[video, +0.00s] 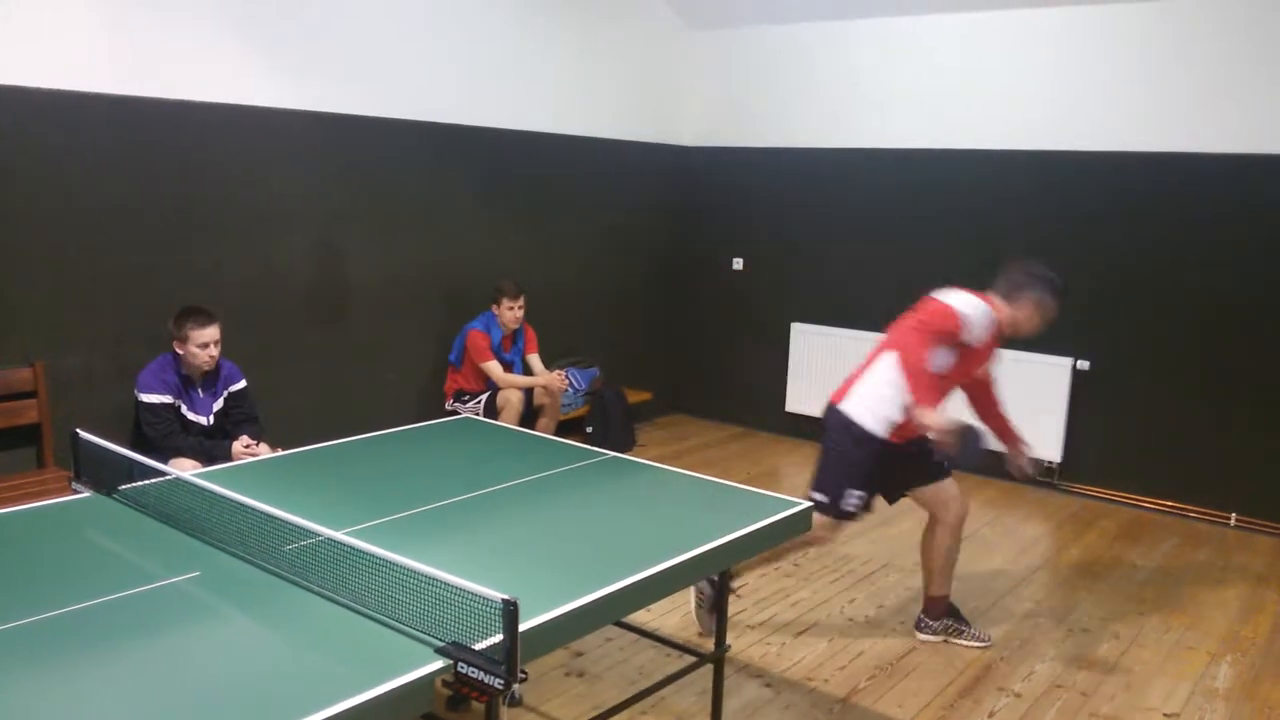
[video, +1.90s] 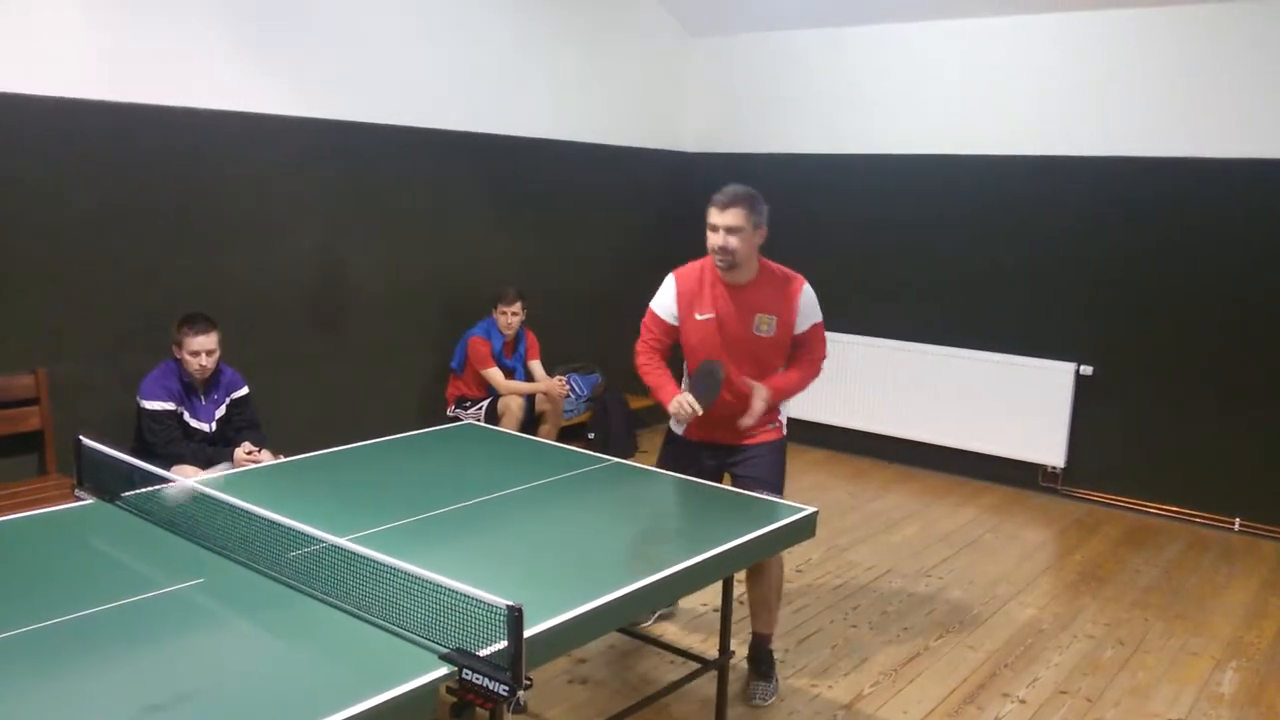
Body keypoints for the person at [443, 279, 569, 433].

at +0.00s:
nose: (517, 314)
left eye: (520, 308)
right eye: (510, 309)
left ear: (525, 308)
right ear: (495, 309)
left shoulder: (525, 332)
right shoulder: (476, 333)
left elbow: (540, 371)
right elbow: (500, 380)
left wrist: (553, 380)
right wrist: (545, 381)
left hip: (498, 394)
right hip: (462, 400)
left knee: (552, 395)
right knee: (514, 397)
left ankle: (540, 455)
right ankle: (501, 455)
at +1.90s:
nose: (509, 320)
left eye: (514, 314)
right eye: (503, 314)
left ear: (523, 315)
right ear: (494, 314)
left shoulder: (527, 338)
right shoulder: (477, 340)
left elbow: (541, 379)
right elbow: (502, 387)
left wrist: (555, 386)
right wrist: (546, 387)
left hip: (500, 400)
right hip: (465, 406)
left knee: (553, 401)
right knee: (514, 404)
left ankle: (541, 464)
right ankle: (501, 462)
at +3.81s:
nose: (502, 327)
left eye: (508, 321)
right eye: (496, 320)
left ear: (517, 322)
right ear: (488, 319)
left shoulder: (520, 343)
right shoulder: (471, 346)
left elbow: (534, 383)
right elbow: (495, 393)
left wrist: (547, 390)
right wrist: (534, 394)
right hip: (458, 411)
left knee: (547, 415)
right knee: (506, 410)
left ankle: (531, 471)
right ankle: (494, 467)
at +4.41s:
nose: (504, 324)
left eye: (510, 318)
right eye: (498, 317)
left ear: (518, 319)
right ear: (489, 316)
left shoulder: (521, 341)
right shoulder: (472, 343)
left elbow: (536, 382)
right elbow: (496, 391)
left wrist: (550, 390)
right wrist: (539, 391)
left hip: (494, 404)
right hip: (457, 410)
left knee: (547, 405)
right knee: (508, 407)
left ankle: (534, 468)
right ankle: (495, 467)